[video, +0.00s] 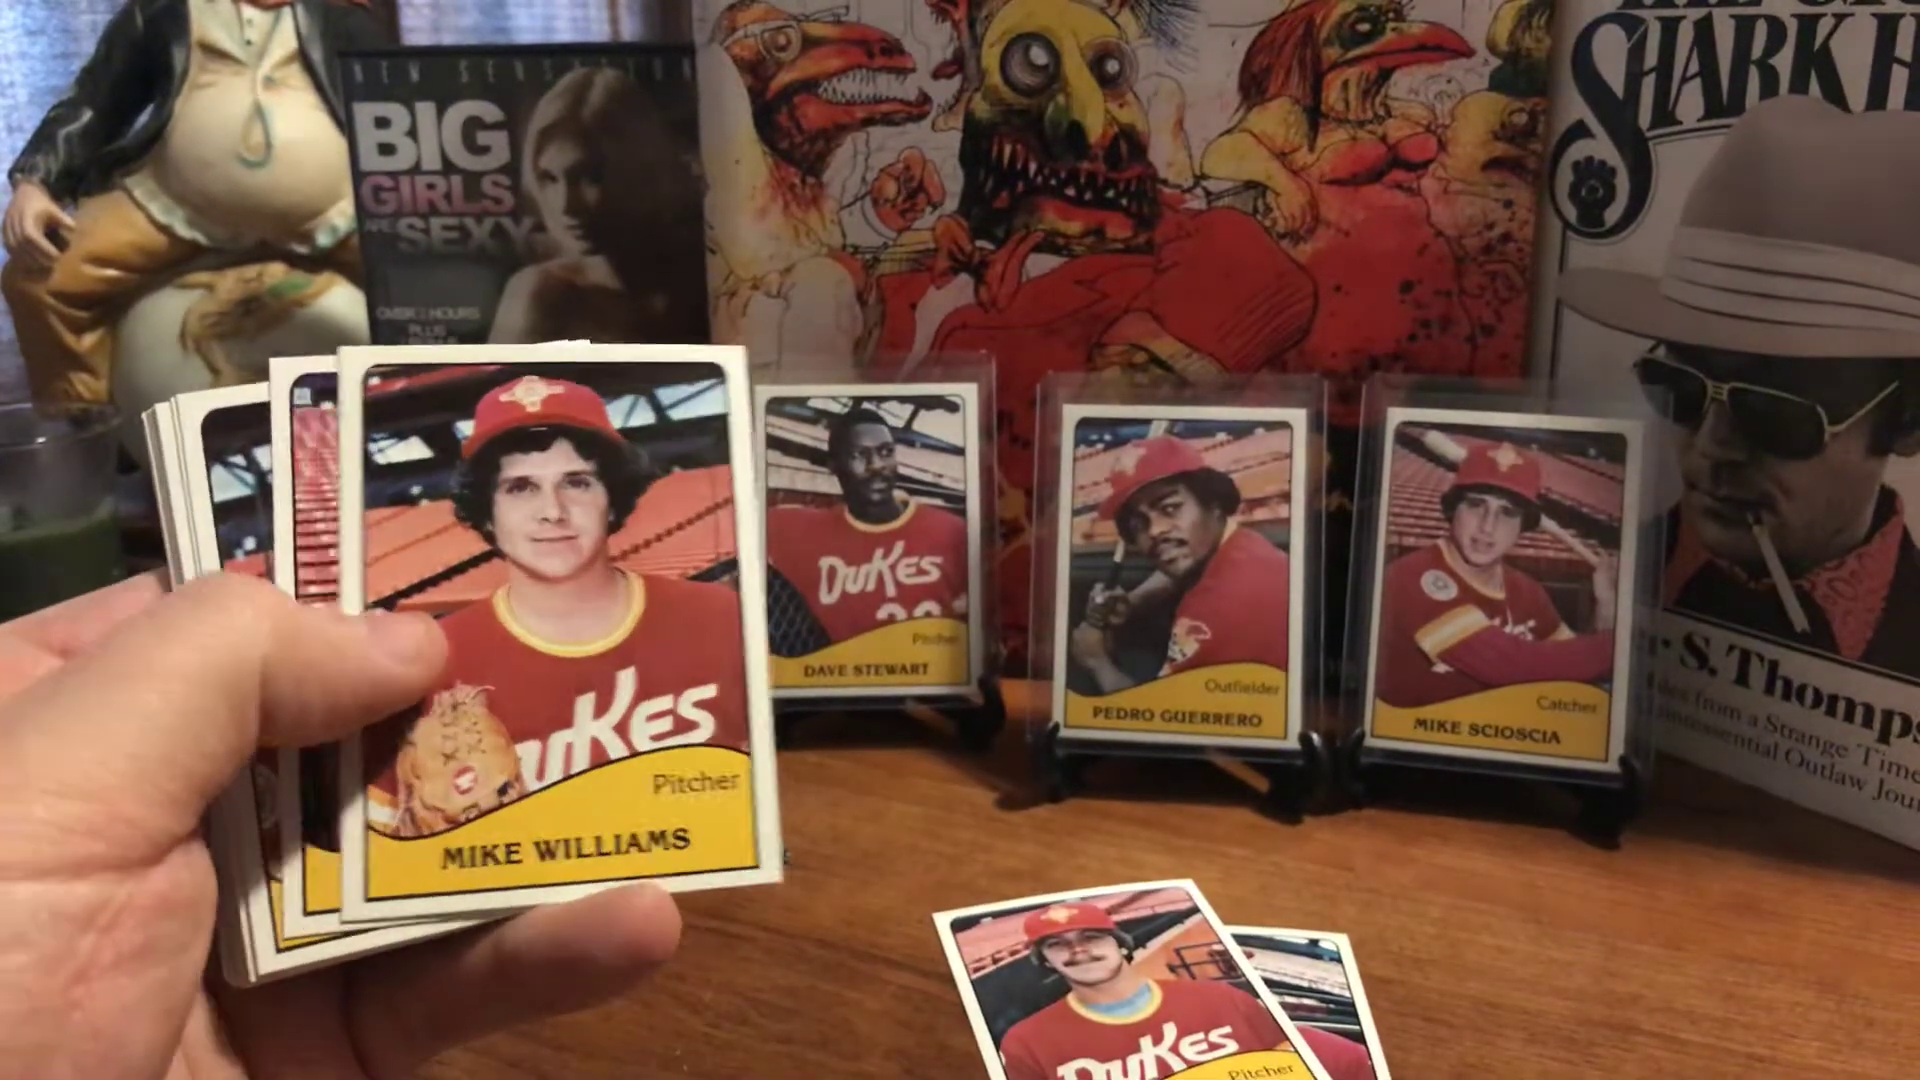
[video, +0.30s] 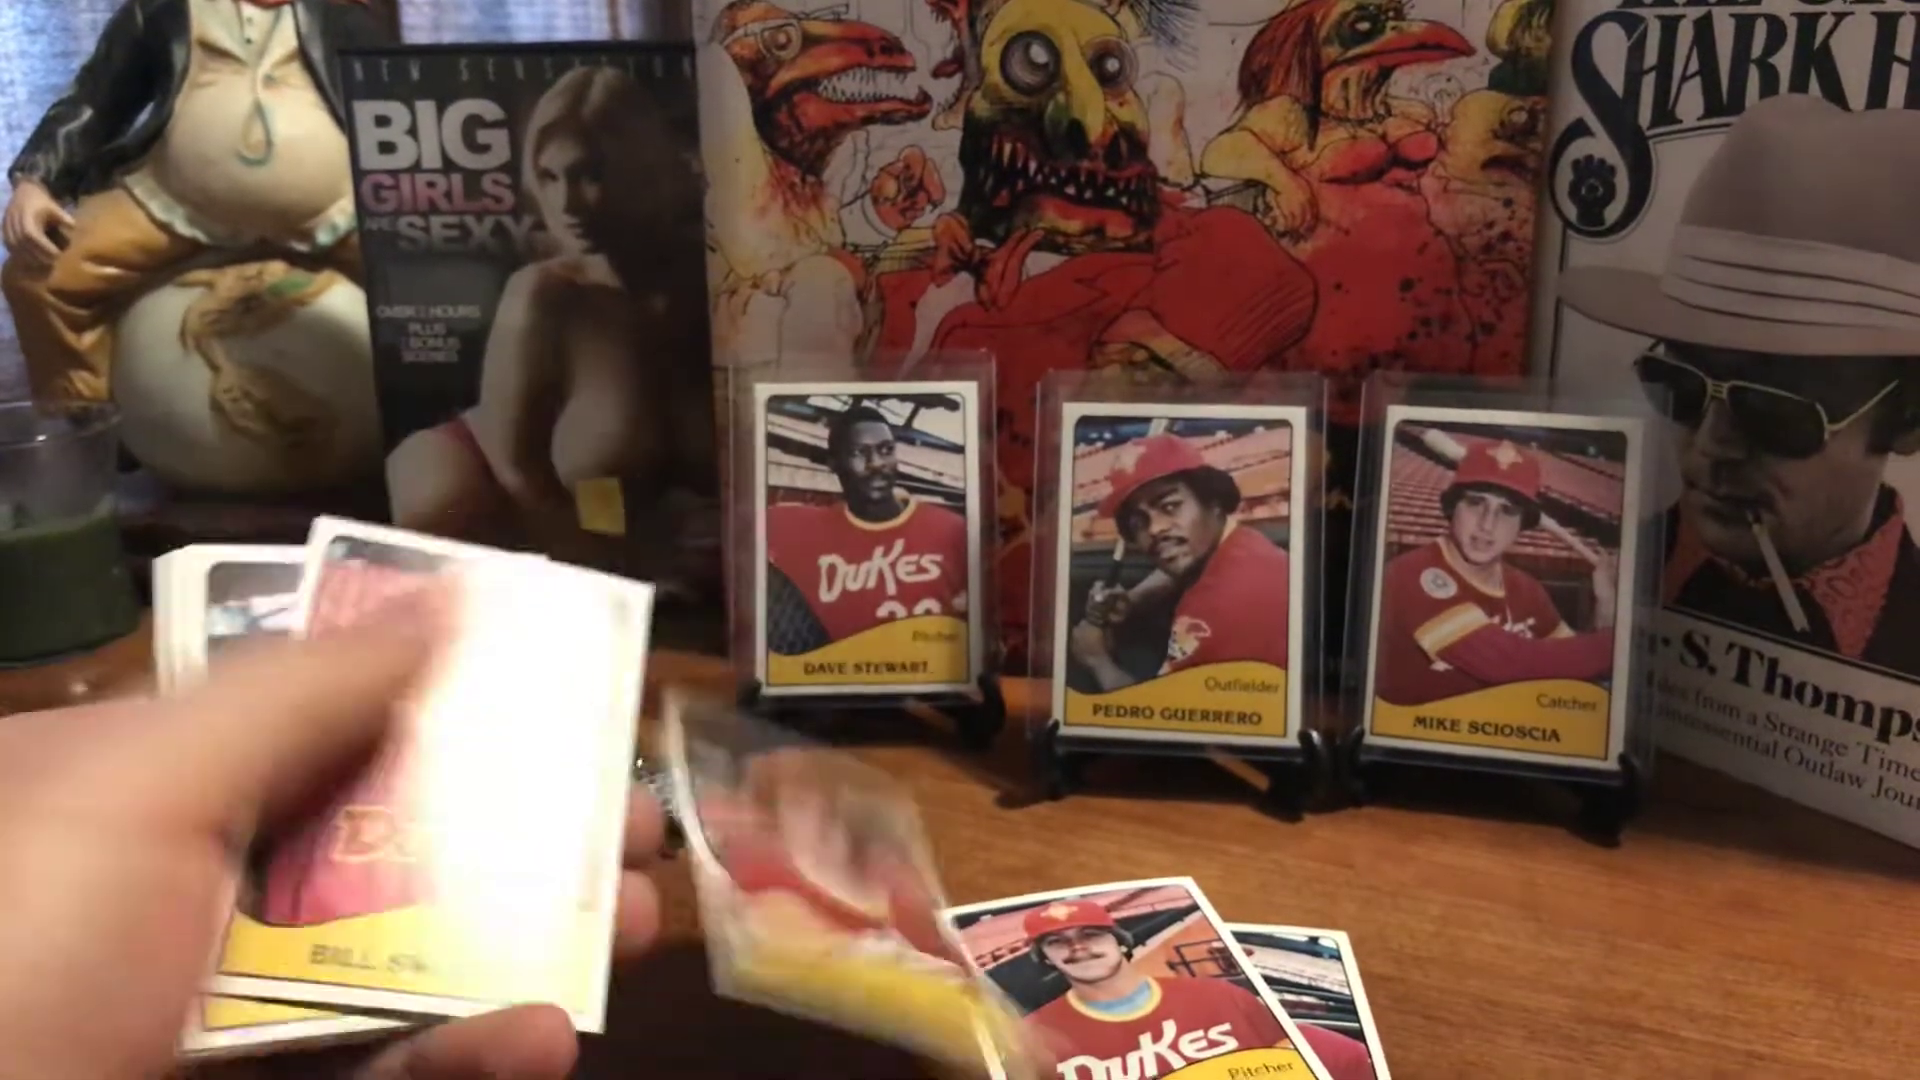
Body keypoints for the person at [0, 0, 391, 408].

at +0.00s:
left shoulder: (346, 20)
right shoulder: (161, 12)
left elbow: (401, 103)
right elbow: (93, 102)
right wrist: (31, 181)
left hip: (334, 211)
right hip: (174, 206)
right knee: (39, 280)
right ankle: (94, 444)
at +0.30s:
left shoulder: (345, 15)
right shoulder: (158, 12)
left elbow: (397, 96)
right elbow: (95, 98)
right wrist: (31, 179)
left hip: (338, 207)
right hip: (174, 203)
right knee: (39, 278)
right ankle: (96, 446)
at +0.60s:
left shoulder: (346, 22)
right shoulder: (164, 14)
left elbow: (401, 107)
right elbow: (97, 104)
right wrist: (34, 183)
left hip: (337, 214)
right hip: (179, 209)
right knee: (44, 280)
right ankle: (94, 434)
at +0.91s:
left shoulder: (343, 17)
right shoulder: (161, 13)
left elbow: (395, 90)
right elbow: (99, 98)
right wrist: (34, 180)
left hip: (340, 209)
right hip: (178, 205)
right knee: (43, 278)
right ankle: (95, 431)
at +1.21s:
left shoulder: (345, 20)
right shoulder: (163, 12)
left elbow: (398, 103)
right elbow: (97, 102)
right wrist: (34, 182)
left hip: (338, 214)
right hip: (177, 207)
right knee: (43, 282)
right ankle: (95, 431)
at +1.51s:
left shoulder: (347, 20)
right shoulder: (165, 12)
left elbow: (400, 105)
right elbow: (97, 102)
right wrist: (34, 182)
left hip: (338, 213)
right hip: (178, 207)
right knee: (43, 283)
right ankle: (89, 456)